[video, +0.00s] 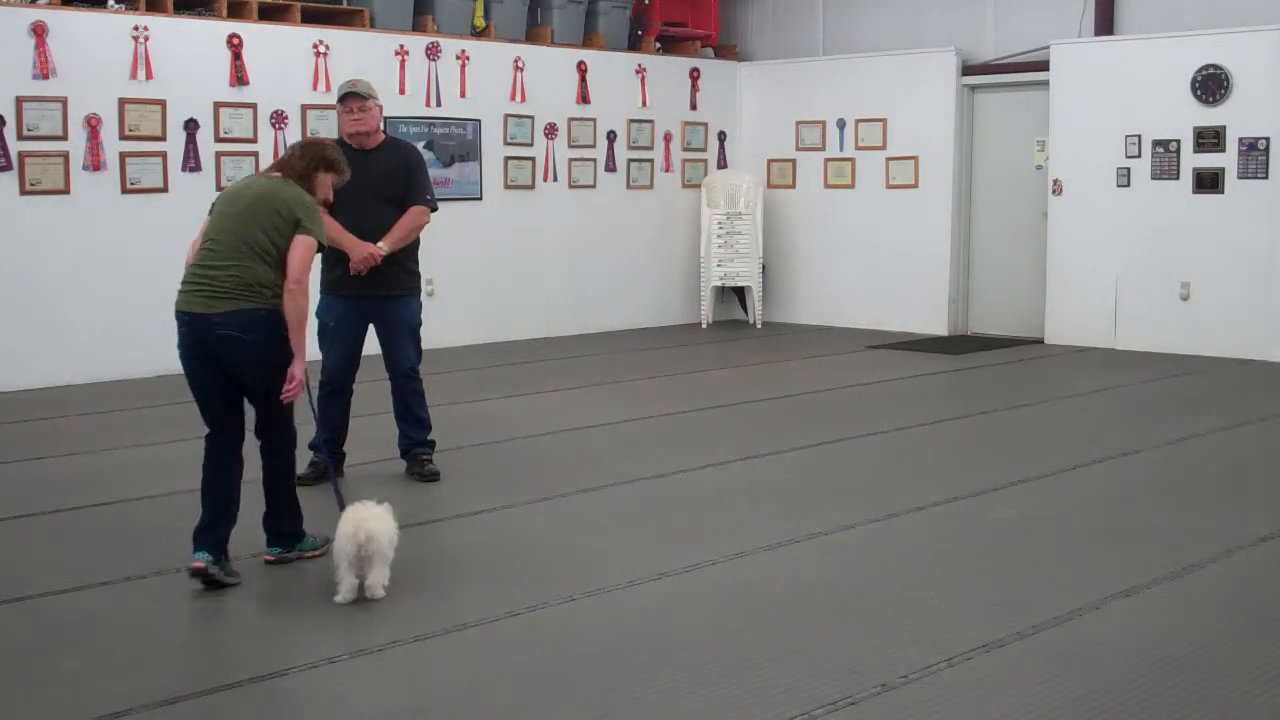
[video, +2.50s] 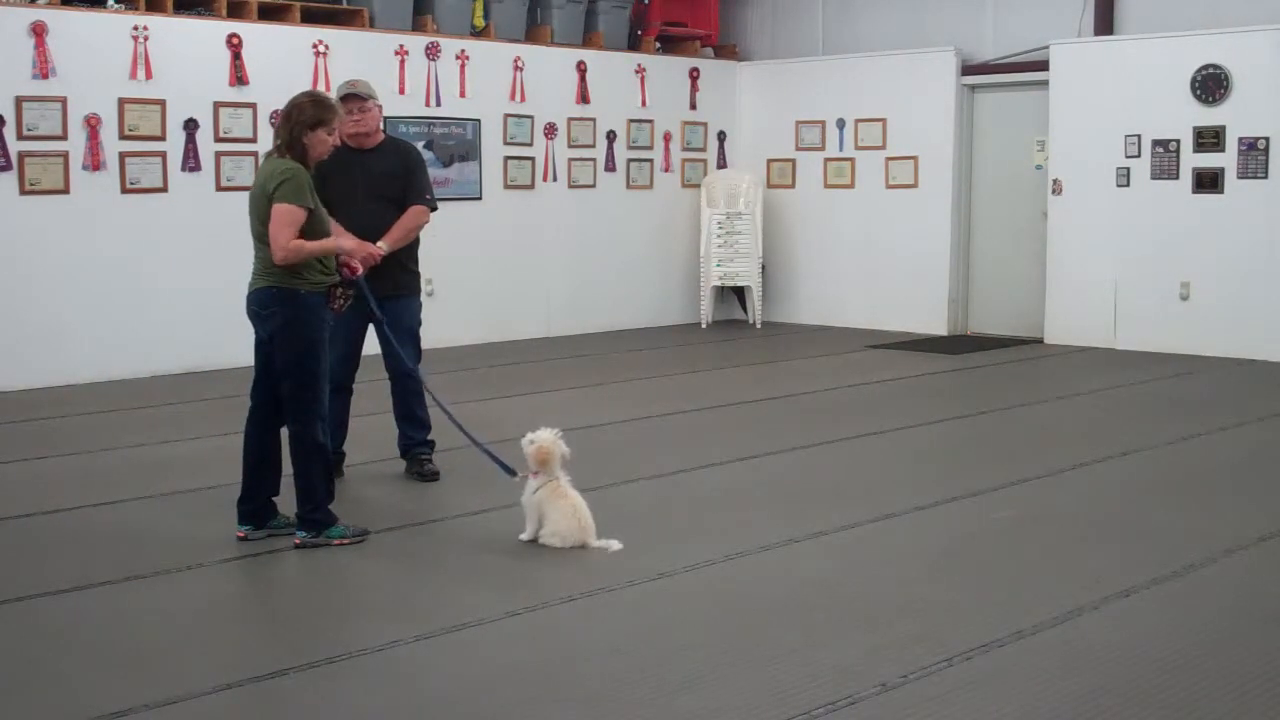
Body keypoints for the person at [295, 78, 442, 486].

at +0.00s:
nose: (357, 117)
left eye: (364, 109)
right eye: (349, 112)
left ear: (380, 113)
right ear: (338, 120)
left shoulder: (406, 155)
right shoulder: (328, 158)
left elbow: (421, 213)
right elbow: (312, 214)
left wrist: (378, 250)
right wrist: (354, 246)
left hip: (397, 288)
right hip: (342, 289)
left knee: (406, 372)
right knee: (335, 376)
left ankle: (418, 450)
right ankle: (326, 454)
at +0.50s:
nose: (358, 116)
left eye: (364, 108)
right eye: (350, 111)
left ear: (380, 112)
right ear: (340, 118)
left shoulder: (405, 154)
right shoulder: (328, 159)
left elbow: (420, 212)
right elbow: (314, 213)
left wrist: (377, 249)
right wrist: (352, 245)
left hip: (396, 287)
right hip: (343, 287)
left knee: (405, 371)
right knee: (334, 374)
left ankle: (418, 452)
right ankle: (327, 453)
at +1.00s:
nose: (361, 116)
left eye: (366, 109)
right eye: (353, 111)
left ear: (380, 112)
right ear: (341, 118)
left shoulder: (405, 154)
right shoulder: (327, 160)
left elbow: (421, 210)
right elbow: (313, 212)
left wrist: (375, 250)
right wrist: (351, 244)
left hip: (397, 285)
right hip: (342, 286)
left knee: (406, 372)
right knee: (336, 377)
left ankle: (415, 454)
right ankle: (329, 458)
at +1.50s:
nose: (360, 116)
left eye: (366, 109)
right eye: (352, 111)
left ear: (380, 111)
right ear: (341, 116)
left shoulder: (405, 154)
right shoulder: (328, 159)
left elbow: (420, 211)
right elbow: (314, 218)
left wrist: (376, 250)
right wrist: (348, 243)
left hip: (396, 285)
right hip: (341, 286)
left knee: (406, 371)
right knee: (336, 378)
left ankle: (418, 450)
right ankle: (329, 456)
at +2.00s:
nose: (359, 115)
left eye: (365, 108)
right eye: (352, 110)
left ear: (380, 112)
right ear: (340, 117)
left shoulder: (405, 154)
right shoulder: (325, 160)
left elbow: (421, 210)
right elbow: (313, 219)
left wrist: (379, 249)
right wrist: (347, 245)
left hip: (397, 282)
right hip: (343, 282)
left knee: (406, 370)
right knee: (336, 376)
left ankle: (418, 450)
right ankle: (330, 456)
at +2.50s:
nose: (358, 117)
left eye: (364, 109)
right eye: (350, 112)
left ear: (379, 112)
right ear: (338, 118)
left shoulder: (404, 153)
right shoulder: (324, 160)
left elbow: (420, 210)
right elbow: (311, 214)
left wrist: (377, 250)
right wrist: (349, 245)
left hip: (396, 283)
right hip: (342, 283)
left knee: (406, 371)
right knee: (335, 376)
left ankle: (418, 450)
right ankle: (330, 455)